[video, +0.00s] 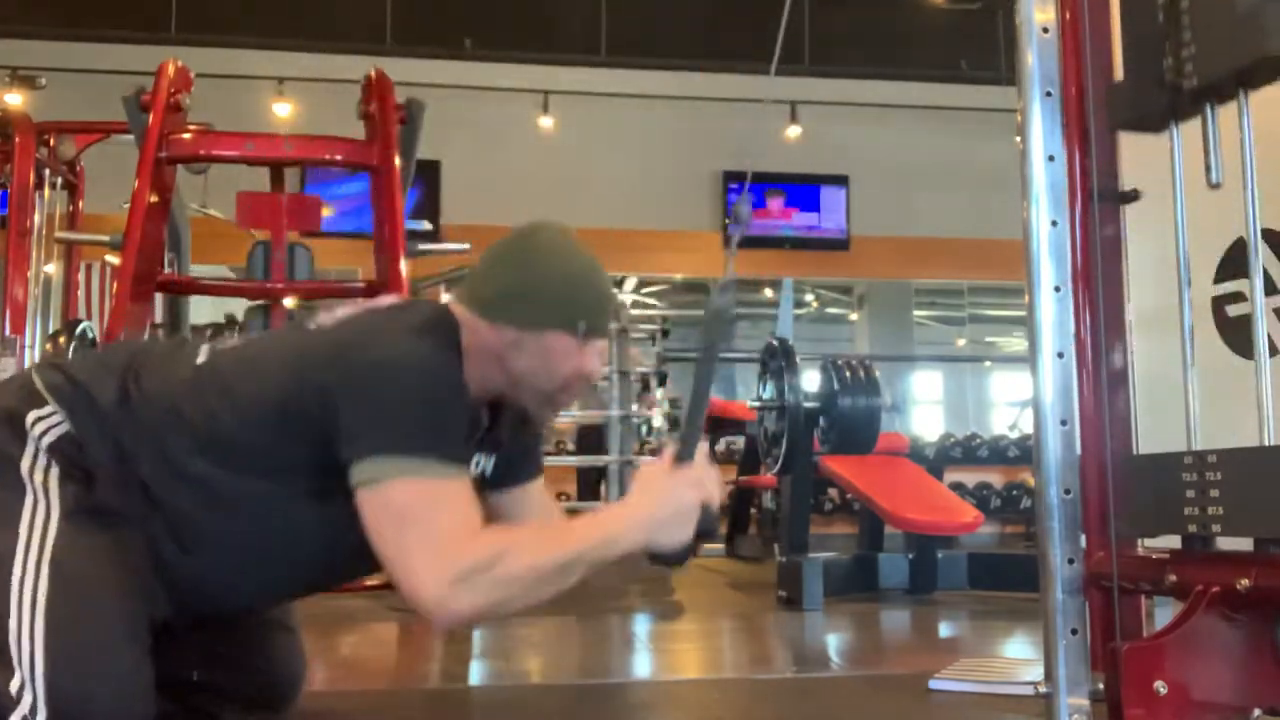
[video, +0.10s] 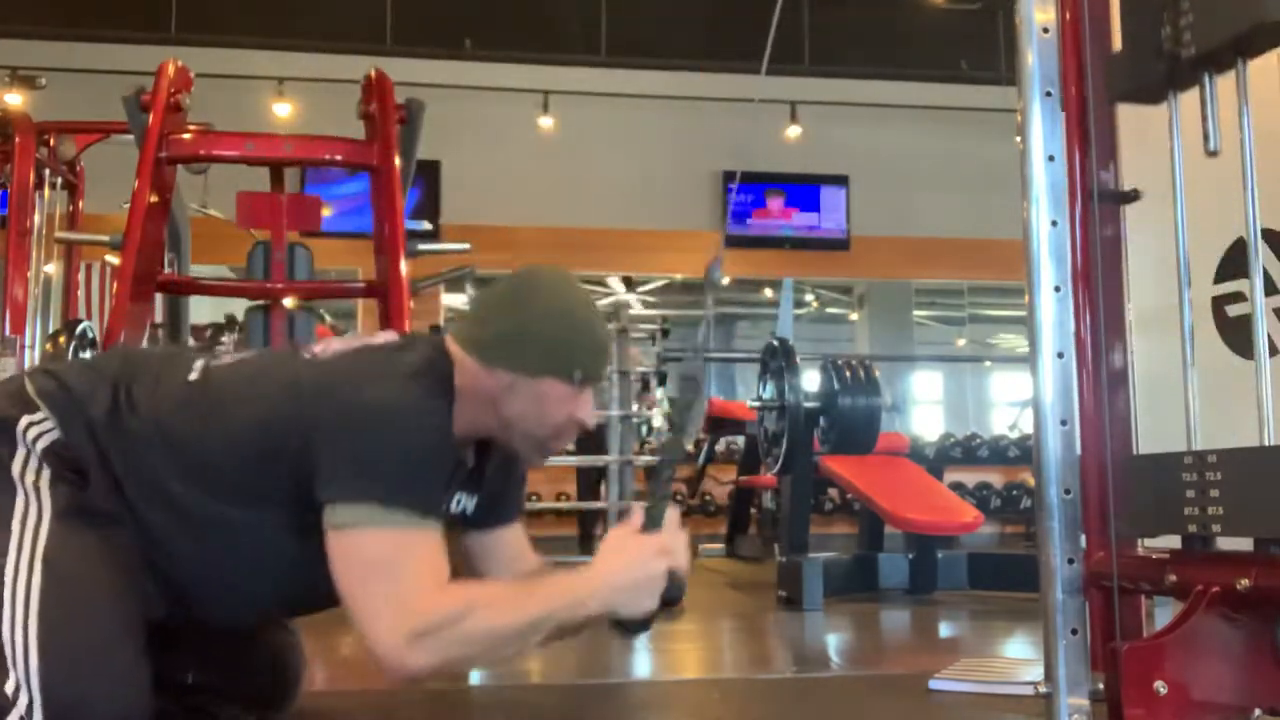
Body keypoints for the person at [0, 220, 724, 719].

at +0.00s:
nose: (596, 364)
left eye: (599, 343)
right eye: (586, 338)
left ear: (519, 329)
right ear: (521, 325)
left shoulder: (502, 408)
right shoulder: (402, 363)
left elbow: (529, 558)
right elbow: (448, 586)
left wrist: (641, 526)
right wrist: (634, 520)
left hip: (182, 505)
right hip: (75, 444)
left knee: (260, 674)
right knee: (82, 701)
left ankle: (77, 661)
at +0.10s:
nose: (590, 416)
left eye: (594, 391)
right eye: (580, 387)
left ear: (524, 378)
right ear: (513, 373)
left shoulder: (483, 434)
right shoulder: (386, 409)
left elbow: (511, 588)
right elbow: (408, 639)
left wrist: (609, 588)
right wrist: (598, 587)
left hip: (175, 499)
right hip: (62, 453)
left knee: (261, 677)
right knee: (79, 699)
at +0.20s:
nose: (581, 450)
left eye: (588, 426)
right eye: (568, 422)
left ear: (504, 418)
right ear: (494, 408)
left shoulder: (480, 464)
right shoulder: (374, 441)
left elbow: (489, 615)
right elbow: (372, 675)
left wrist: (586, 632)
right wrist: (566, 630)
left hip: (177, 504)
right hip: (58, 454)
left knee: (254, 681)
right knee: (82, 702)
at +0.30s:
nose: (578, 475)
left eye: (584, 451)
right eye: (568, 447)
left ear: (501, 435)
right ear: (497, 429)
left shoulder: (468, 477)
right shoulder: (368, 463)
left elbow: (474, 627)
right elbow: (348, 688)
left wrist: (563, 650)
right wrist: (542, 655)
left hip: (178, 492)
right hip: (62, 455)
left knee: (251, 690)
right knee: (80, 704)